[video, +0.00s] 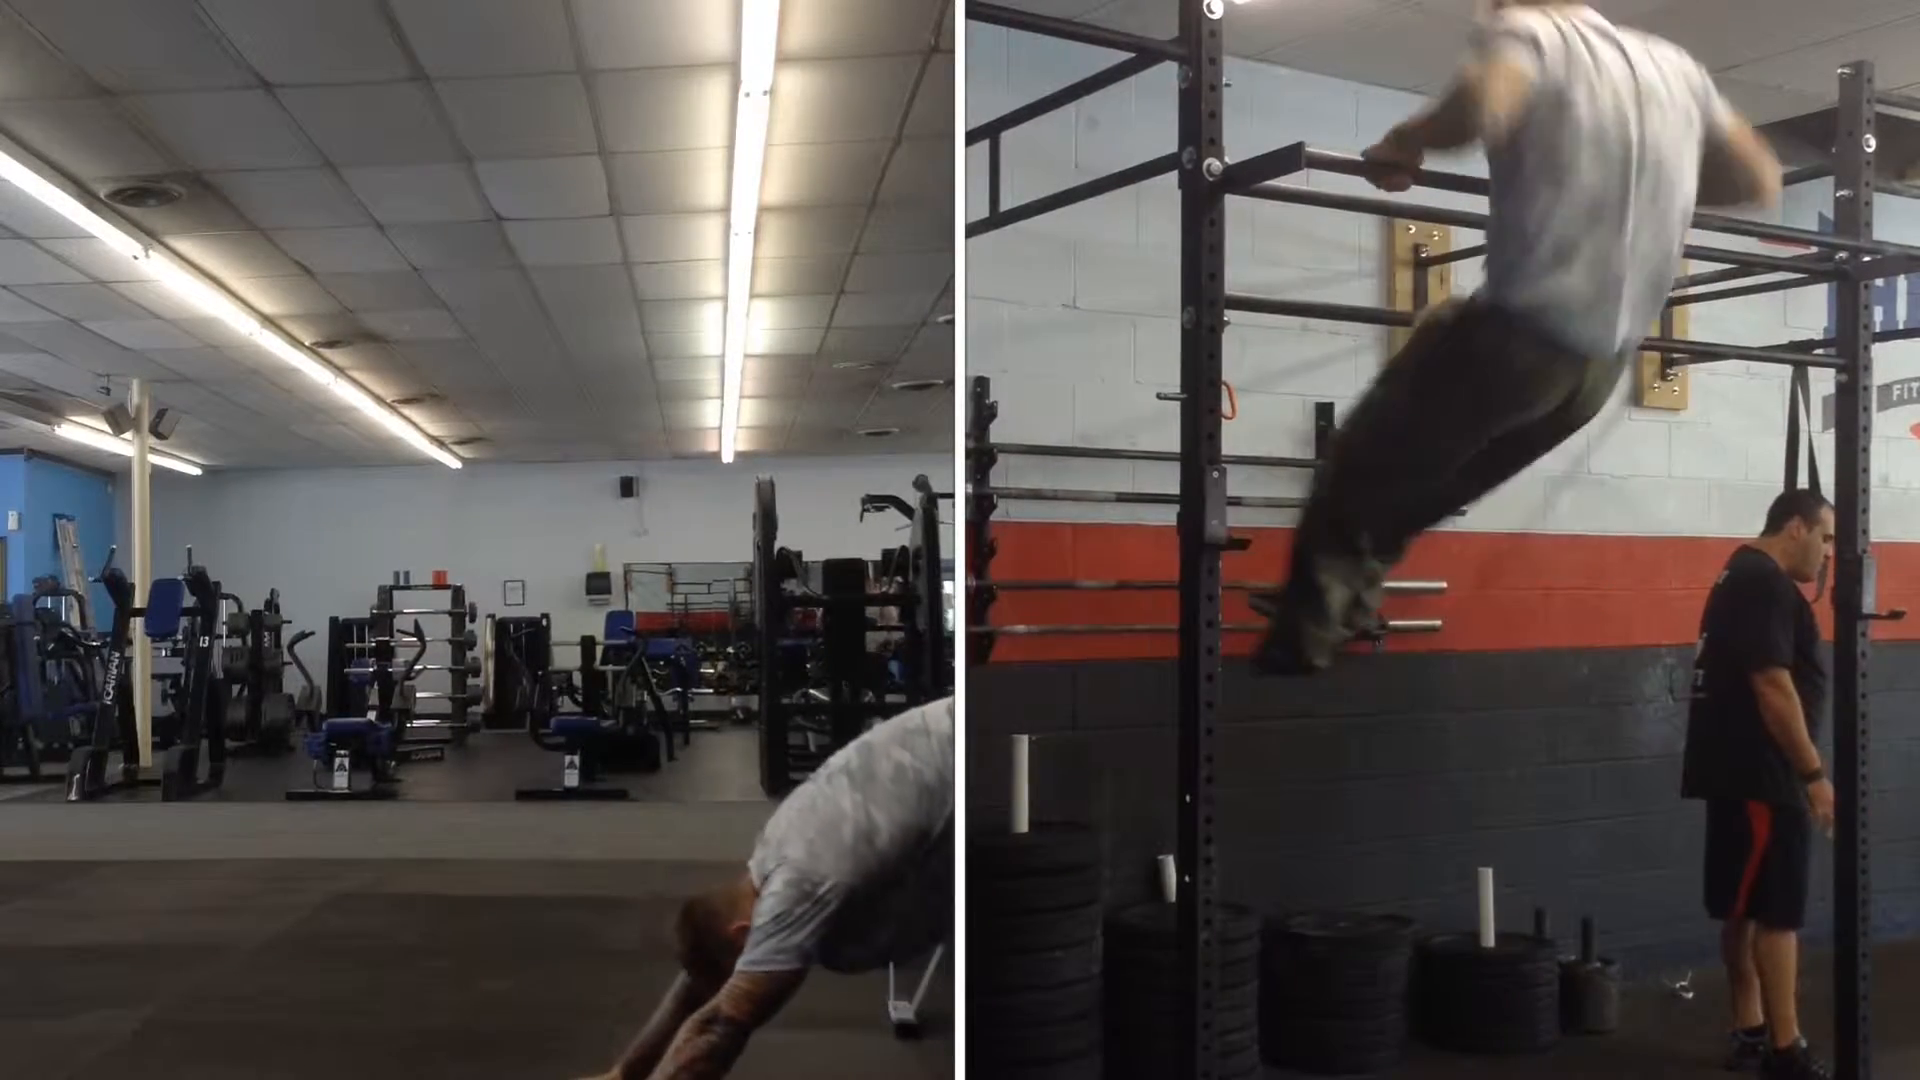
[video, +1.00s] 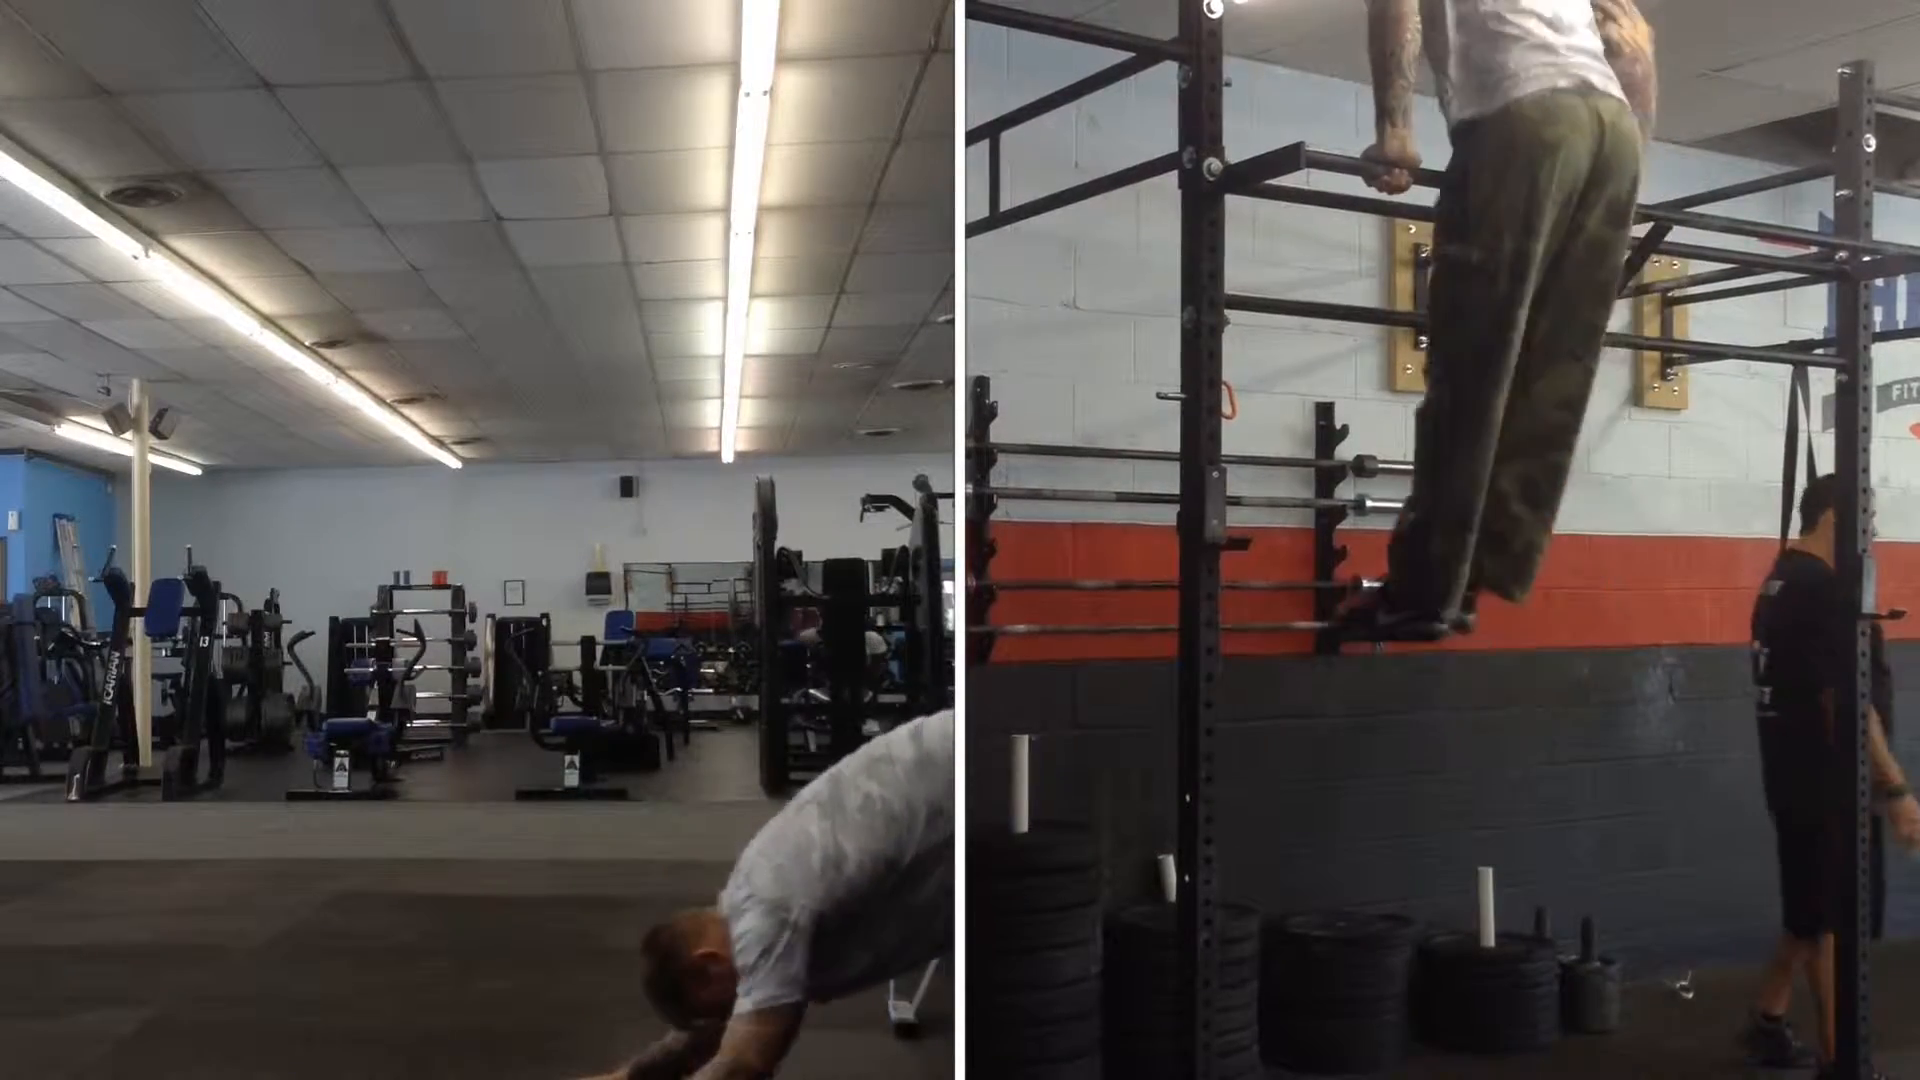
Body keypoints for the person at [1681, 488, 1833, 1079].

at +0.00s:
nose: (1828, 549)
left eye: (1830, 538)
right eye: (1825, 536)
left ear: (1786, 527)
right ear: (1796, 527)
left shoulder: (1742, 579)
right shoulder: (1764, 584)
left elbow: (1751, 686)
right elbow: (1771, 687)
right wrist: (1814, 772)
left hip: (1737, 770)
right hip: (1763, 774)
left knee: (1745, 910)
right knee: (1777, 915)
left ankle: (1749, 1034)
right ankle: (1786, 1049)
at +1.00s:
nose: (1866, 535)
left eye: (1866, 522)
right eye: (1862, 522)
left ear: (1814, 514)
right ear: (1835, 517)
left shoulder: (1784, 577)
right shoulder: (1825, 586)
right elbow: (1849, 700)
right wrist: (1895, 787)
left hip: (1791, 771)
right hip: (1827, 778)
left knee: (1807, 910)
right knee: (1834, 919)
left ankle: (1769, 1017)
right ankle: (1840, 1054)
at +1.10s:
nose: (1877, 531)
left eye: (1877, 518)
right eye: (1871, 517)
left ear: (1821, 513)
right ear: (1841, 515)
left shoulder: (1785, 581)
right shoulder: (1829, 587)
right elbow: (1860, 696)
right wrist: (1911, 781)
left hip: (1799, 777)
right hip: (1836, 783)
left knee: (1824, 913)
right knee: (1841, 924)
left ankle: (1785, 1005)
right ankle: (1844, 1054)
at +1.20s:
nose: (1883, 530)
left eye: (1883, 517)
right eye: (1876, 517)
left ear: (1827, 513)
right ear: (1844, 515)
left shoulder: (1790, 581)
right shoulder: (1839, 588)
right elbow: (1869, 702)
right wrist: (1915, 773)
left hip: (1802, 781)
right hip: (1840, 788)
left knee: (1830, 915)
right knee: (1844, 925)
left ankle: (1819, 1026)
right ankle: (1841, 1054)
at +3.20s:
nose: (1916, 524)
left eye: (1912, 511)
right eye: (1919, 512)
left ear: (1904, 515)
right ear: (1917, 517)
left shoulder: (1876, 577)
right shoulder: (1891, 577)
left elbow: (1845, 658)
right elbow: (1849, 660)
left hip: (1885, 767)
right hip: (1901, 770)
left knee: (1900, 914)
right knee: (1902, 915)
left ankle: (1883, 1029)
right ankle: (1883, 1031)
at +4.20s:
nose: (1892, 523)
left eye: (1887, 512)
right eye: (1888, 513)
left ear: (1826, 519)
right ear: (1876, 517)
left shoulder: (1790, 588)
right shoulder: (1902, 592)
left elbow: (1766, 665)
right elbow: (1907, 688)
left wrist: (1798, 727)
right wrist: (1898, 737)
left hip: (1814, 776)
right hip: (1894, 779)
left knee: (1813, 924)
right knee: (1904, 934)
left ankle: (1804, 1053)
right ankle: (1915, 1058)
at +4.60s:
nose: (1850, 525)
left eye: (1844, 513)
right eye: (1845, 514)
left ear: (1784, 519)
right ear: (1827, 515)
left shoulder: (1750, 587)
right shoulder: (1858, 581)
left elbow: (1735, 658)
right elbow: (1908, 681)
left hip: (1781, 780)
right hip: (1859, 783)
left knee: (1795, 922)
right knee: (1885, 919)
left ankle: (1803, 1054)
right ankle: (1890, 1057)